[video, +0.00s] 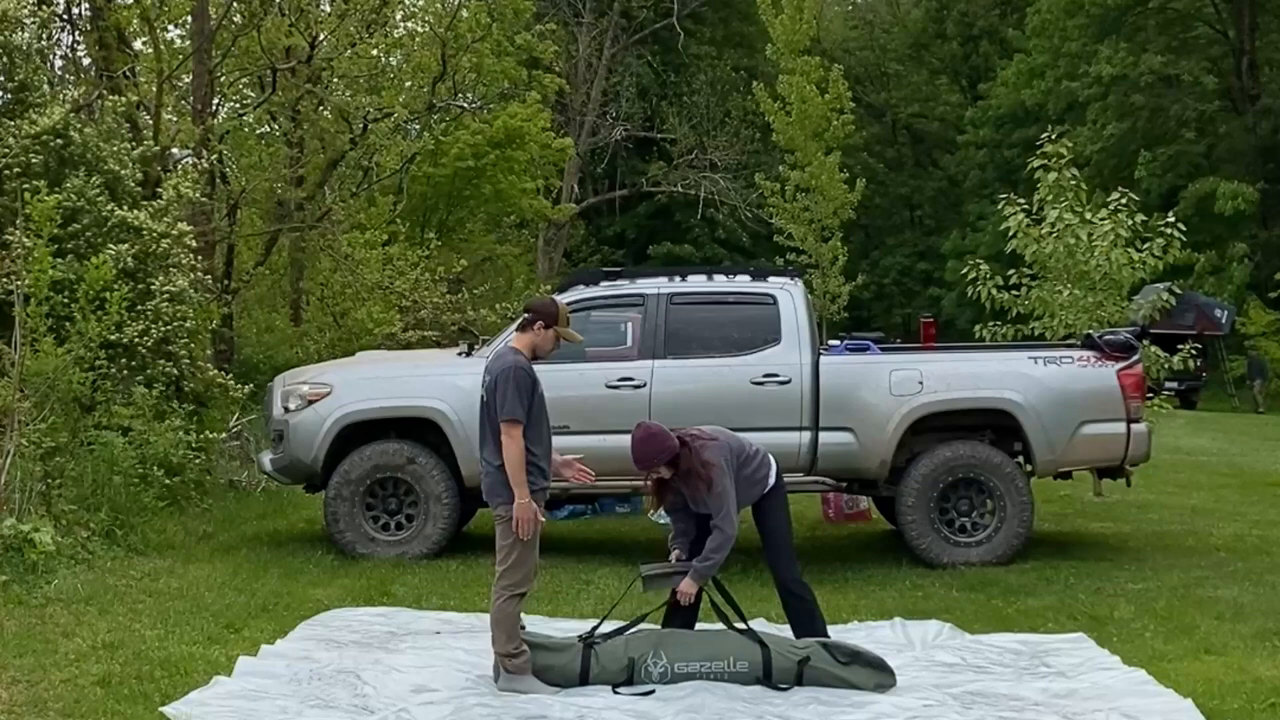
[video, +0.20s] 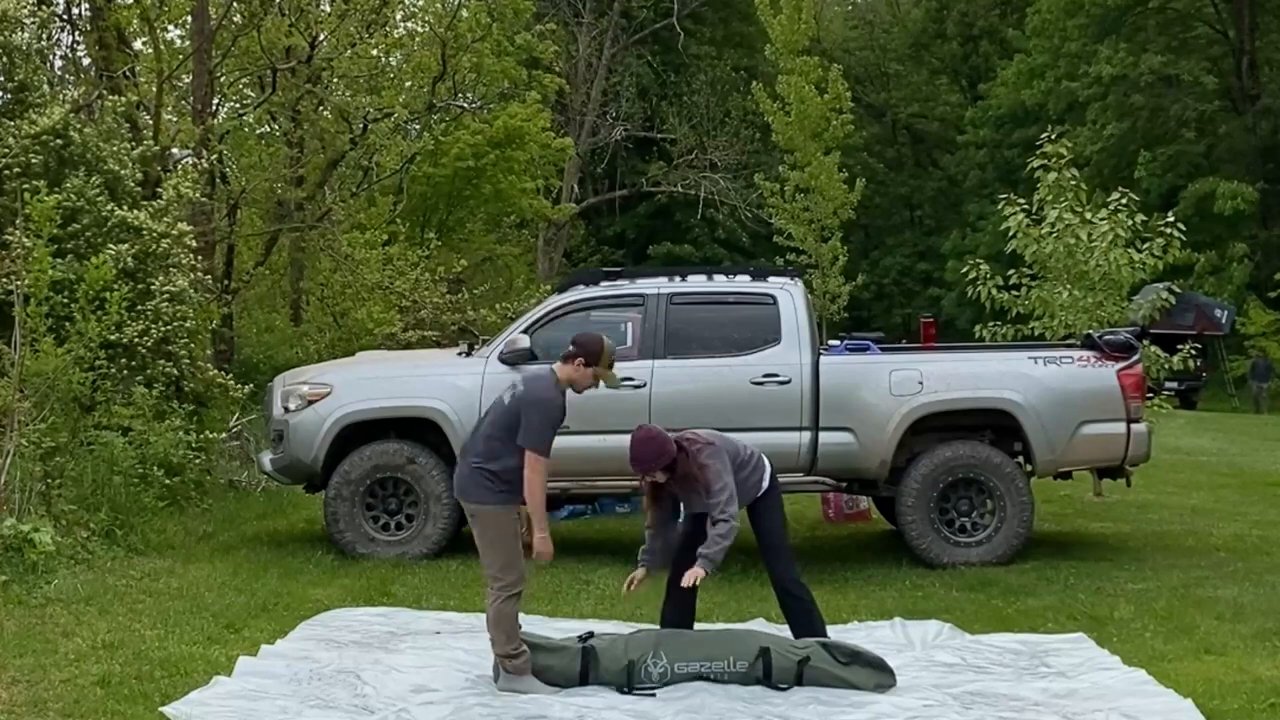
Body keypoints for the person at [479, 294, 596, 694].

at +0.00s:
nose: (557, 345)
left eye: (559, 339)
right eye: (557, 337)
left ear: (534, 328)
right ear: (540, 329)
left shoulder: (512, 363)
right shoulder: (512, 368)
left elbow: (515, 437)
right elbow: (511, 436)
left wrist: (555, 462)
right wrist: (522, 497)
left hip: (519, 494)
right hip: (515, 497)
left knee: (514, 583)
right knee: (512, 585)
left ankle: (508, 664)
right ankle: (512, 670)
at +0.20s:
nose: (594, 384)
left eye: (598, 377)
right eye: (594, 376)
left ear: (576, 363)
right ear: (577, 364)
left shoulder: (546, 386)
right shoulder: (545, 396)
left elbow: (533, 466)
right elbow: (534, 470)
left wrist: (531, 516)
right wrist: (541, 531)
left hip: (491, 487)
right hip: (488, 490)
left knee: (505, 582)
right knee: (507, 583)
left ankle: (506, 665)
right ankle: (513, 671)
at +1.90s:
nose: (623, 440)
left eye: (625, 434)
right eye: (622, 432)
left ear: (601, 420)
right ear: (605, 423)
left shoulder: (568, 427)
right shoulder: (569, 454)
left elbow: (541, 489)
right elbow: (563, 534)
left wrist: (519, 532)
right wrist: (564, 588)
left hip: (479, 485)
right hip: (474, 490)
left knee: (508, 572)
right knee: (502, 579)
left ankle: (506, 663)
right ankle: (513, 671)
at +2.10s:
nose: (625, 442)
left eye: (627, 435)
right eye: (624, 433)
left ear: (603, 421)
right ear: (607, 424)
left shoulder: (570, 427)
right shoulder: (571, 454)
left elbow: (542, 490)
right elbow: (564, 535)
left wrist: (520, 532)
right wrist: (566, 590)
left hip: (479, 484)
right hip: (475, 489)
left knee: (508, 572)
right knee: (503, 580)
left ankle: (506, 662)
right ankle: (513, 671)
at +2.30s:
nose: (626, 440)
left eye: (629, 433)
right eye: (625, 432)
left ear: (605, 419)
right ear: (608, 422)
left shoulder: (571, 427)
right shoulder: (572, 452)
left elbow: (543, 491)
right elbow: (562, 533)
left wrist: (520, 533)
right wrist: (562, 591)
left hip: (479, 484)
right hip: (477, 489)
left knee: (508, 573)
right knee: (504, 580)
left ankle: (502, 665)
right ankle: (514, 671)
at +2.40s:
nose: (626, 438)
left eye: (628, 432)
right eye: (624, 430)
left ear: (603, 418)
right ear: (606, 421)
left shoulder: (571, 426)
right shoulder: (572, 451)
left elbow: (542, 491)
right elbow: (560, 532)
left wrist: (520, 533)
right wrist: (557, 591)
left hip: (481, 484)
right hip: (476, 488)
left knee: (508, 573)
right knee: (504, 579)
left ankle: (499, 665)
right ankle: (513, 671)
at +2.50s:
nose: (622, 442)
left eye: (625, 435)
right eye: (622, 433)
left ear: (601, 421)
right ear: (604, 423)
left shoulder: (566, 431)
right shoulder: (569, 450)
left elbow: (542, 500)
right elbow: (554, 525)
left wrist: (529, 547)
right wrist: (553, 590)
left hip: (476, 486)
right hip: (472, 489)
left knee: (511, 571)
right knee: (506, 576)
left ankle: (498, 661)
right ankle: (513, 670)